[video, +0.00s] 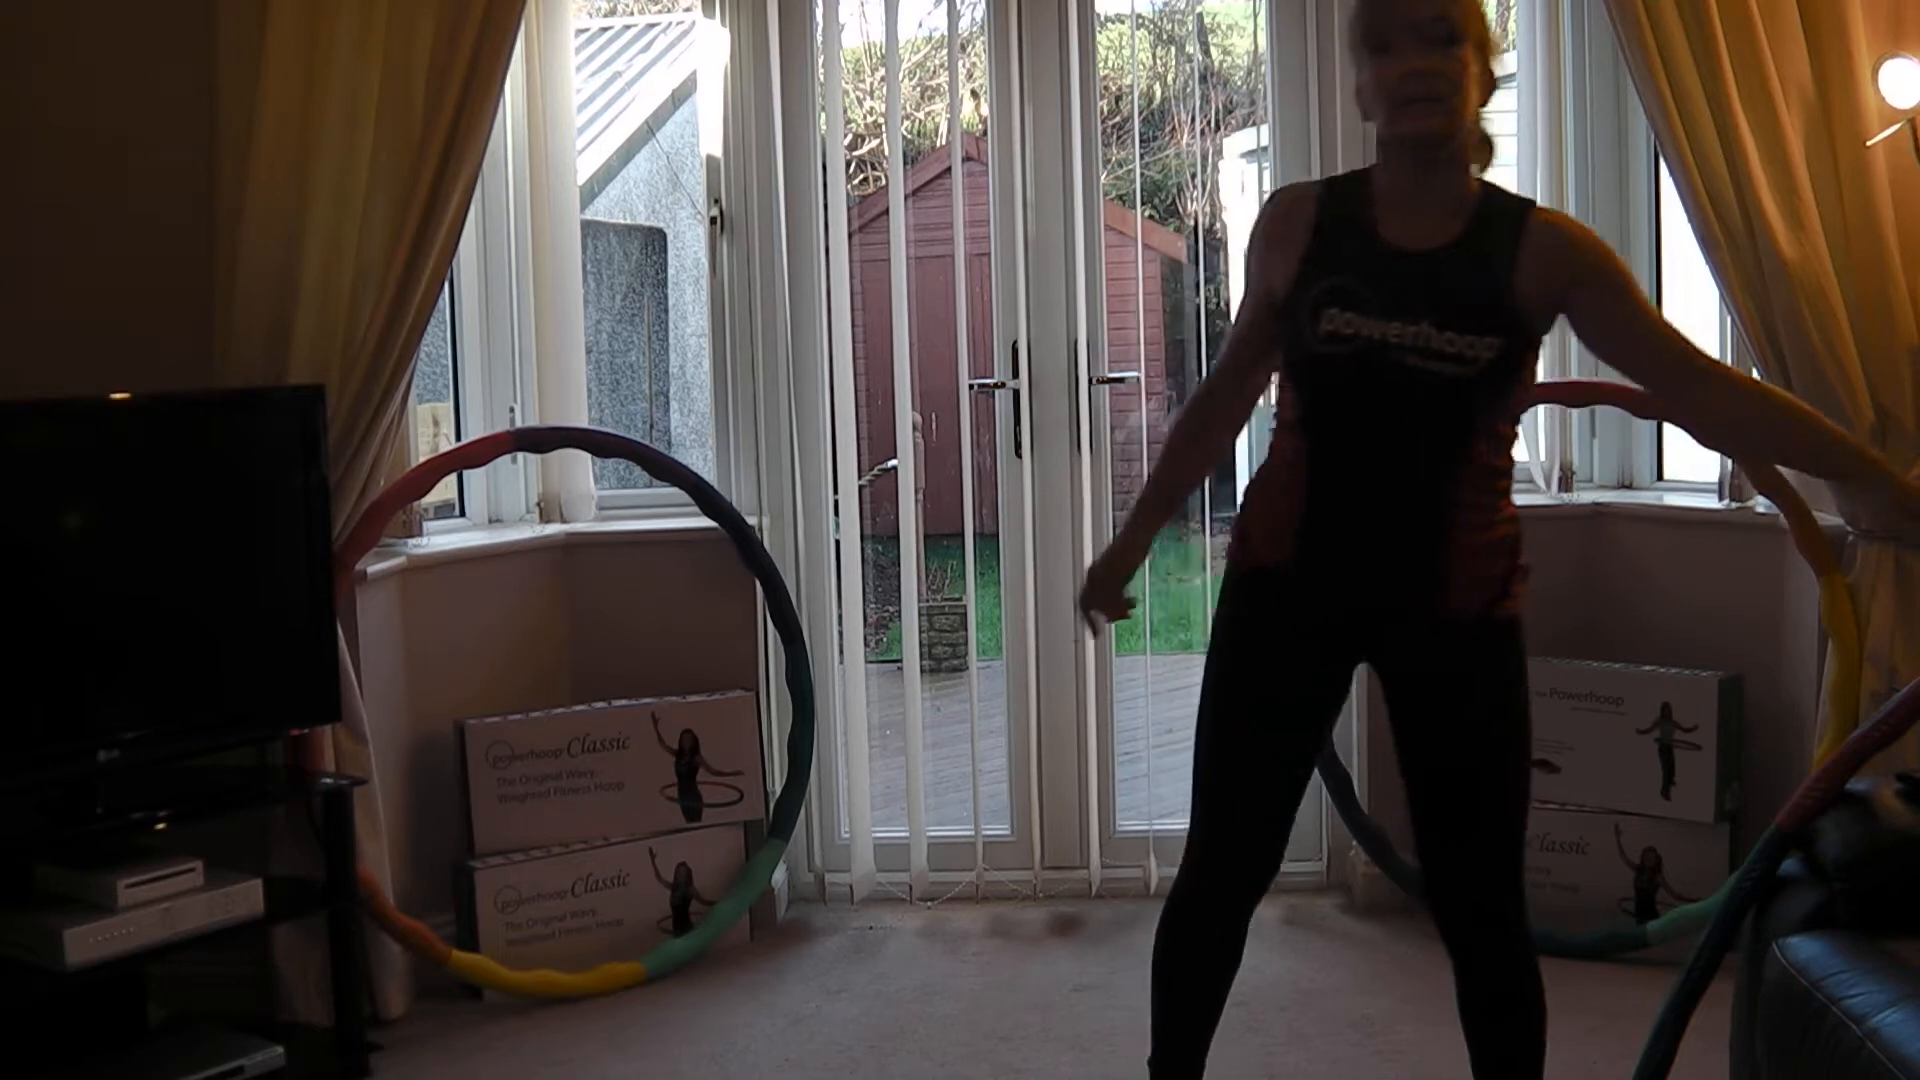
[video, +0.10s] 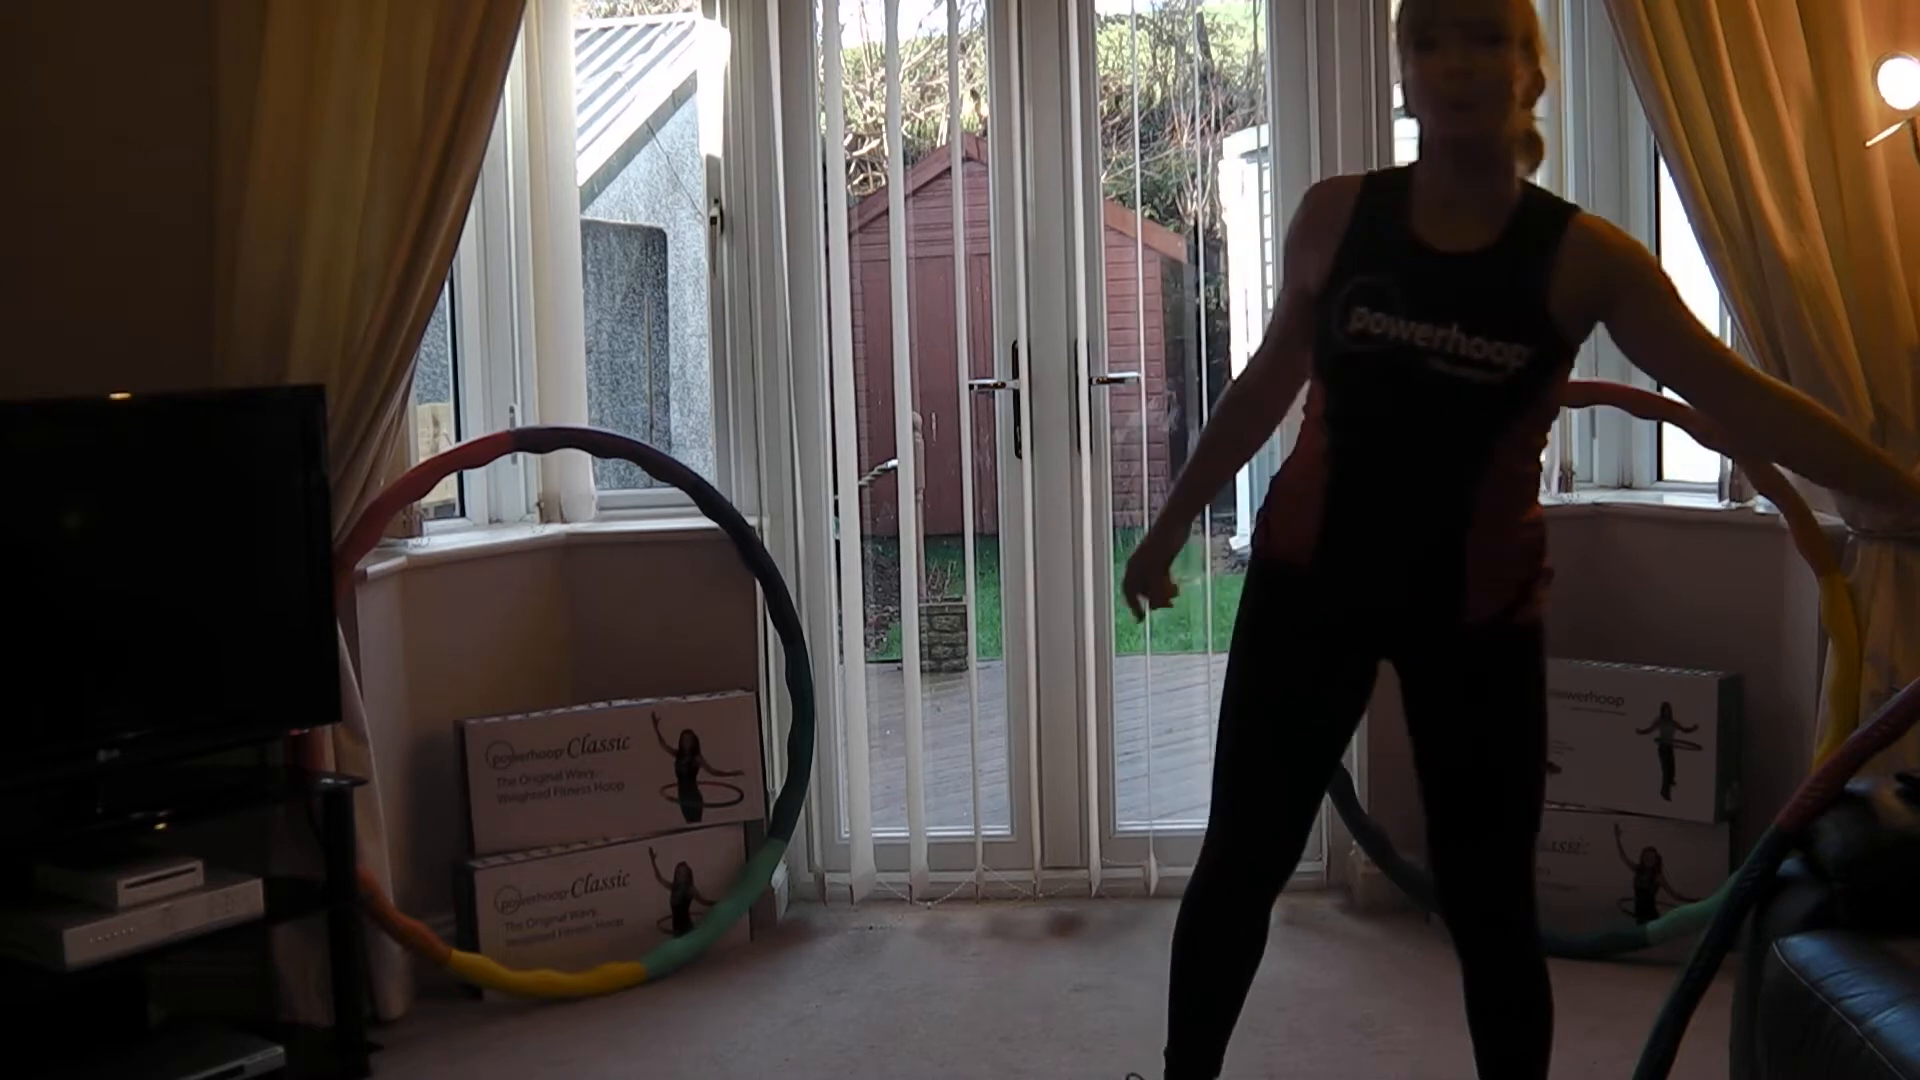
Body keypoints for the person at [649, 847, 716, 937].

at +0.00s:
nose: (681, 874)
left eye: (684, 872)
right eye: (679, 872)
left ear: (688, 874)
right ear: (675, 874)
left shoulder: (690, 889)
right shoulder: (673, 887)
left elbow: (703, 902)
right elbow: (659, 878)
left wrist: (717, 903)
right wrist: (652, 860)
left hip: (686, 924)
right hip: (676, 924)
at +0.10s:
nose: (681, 875)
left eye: (684, 872)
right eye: (679, 872)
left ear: (688, 874)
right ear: (675, 874)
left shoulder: (690, 889)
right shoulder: (673, 887)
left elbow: (703, 902)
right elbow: (659, 878)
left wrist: (717, 903)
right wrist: (653, 860)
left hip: (686, 924)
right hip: (676, 924)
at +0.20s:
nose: (681, 875)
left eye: (684, 872)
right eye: (679, 872)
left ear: (688, 874)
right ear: (675, 874)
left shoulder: (690, 889)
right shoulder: (673, 887)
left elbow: (703, 902)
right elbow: (659, 878)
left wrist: (717, 903)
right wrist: (653, 860)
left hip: (686, 924)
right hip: (676, 924)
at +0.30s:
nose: (681, 874)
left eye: (684, 872)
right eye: (679, 872)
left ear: (688, 874)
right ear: (675, 874)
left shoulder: (690, 889)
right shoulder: (673, 887)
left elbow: (704, 902)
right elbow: (659, 878)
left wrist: (718, 903)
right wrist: (653, 860)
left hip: (686, 924)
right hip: (676, 924)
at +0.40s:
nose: (681, 874)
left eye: (684, 872)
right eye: (678, 872)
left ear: (688, 874)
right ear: (675, 874)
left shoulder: (690, 889)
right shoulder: (673, 887)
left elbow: (704, 902)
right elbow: (659, 878)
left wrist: (718, 903)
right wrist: (653, 860)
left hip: (686, 924)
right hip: (676, 924)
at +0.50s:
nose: (681, 874)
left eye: (684, 871)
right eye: (678, 871)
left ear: (688, 874)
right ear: (675, 874)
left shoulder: (690, 889)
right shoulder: (673, 887)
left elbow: (704, 902)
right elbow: (659, 878)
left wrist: (718, 903)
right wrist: (652, 860)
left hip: (686, 924)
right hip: (676, 924)